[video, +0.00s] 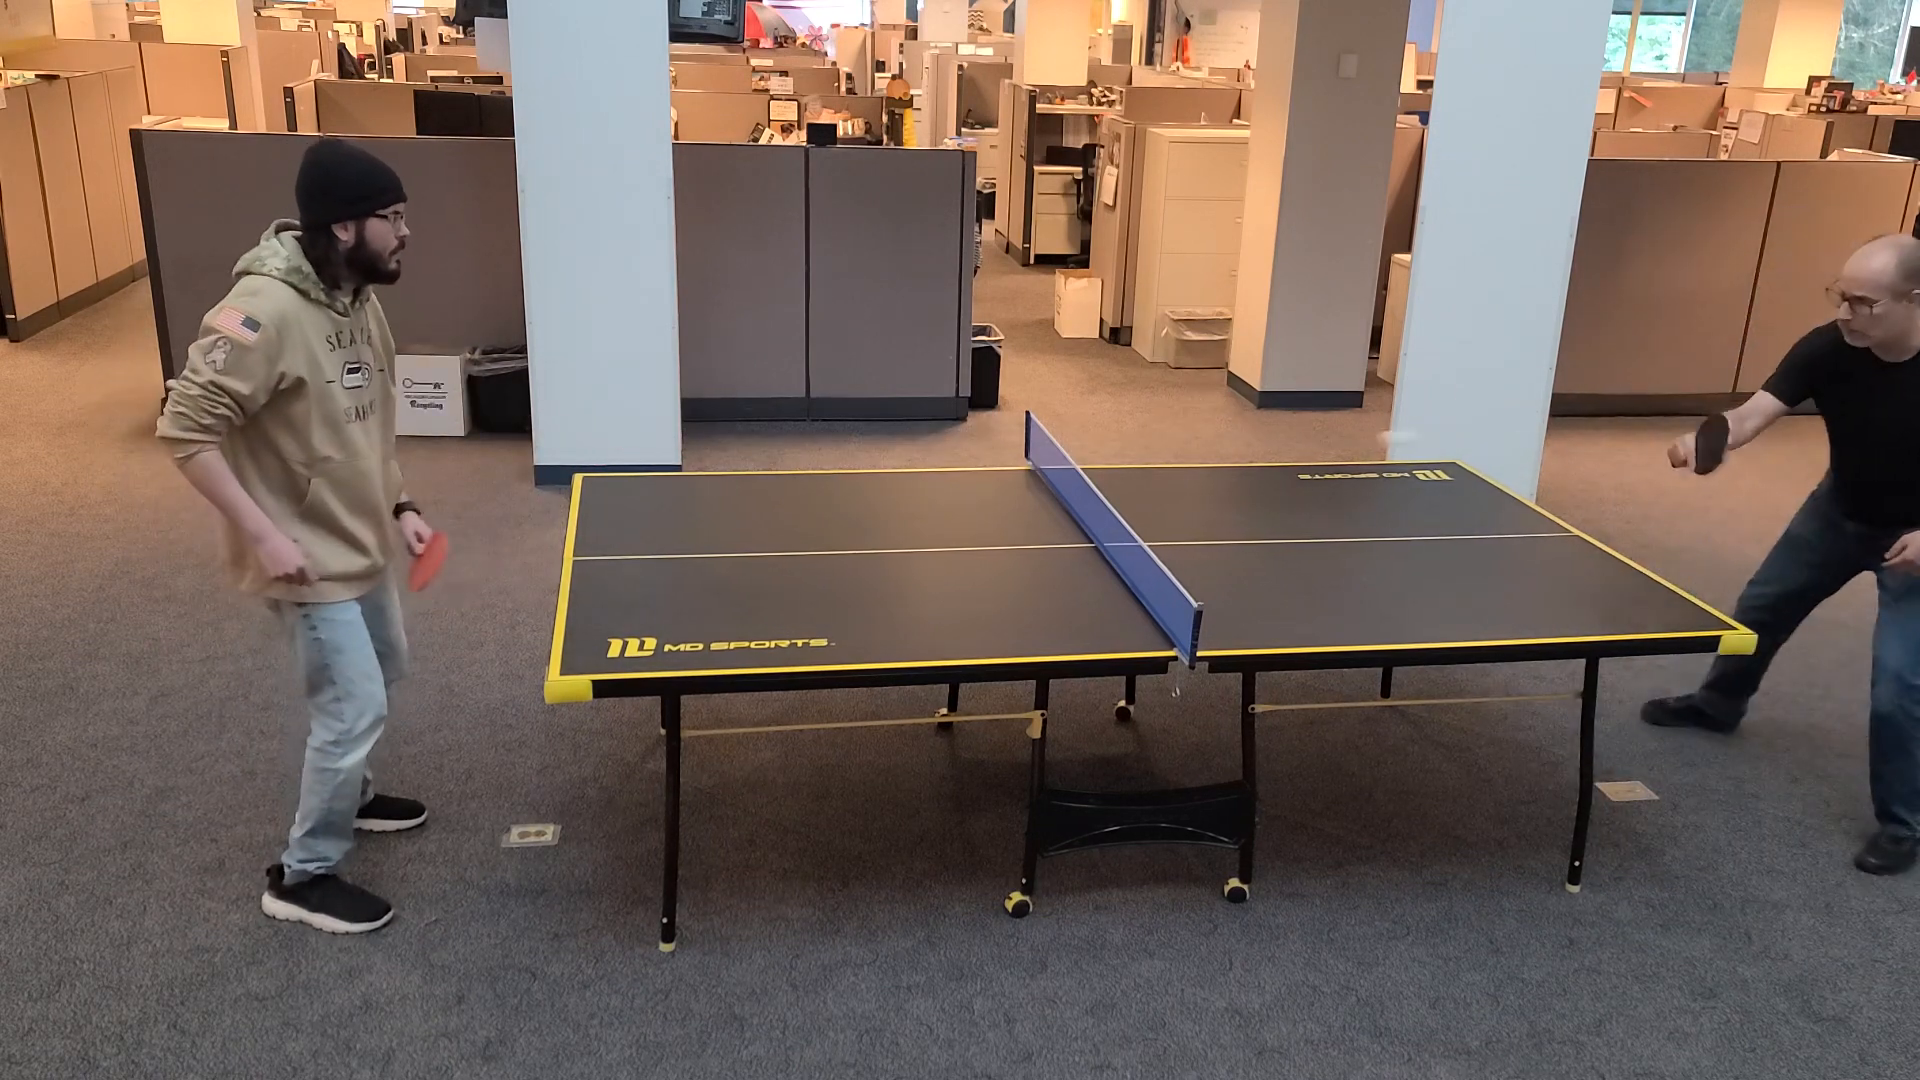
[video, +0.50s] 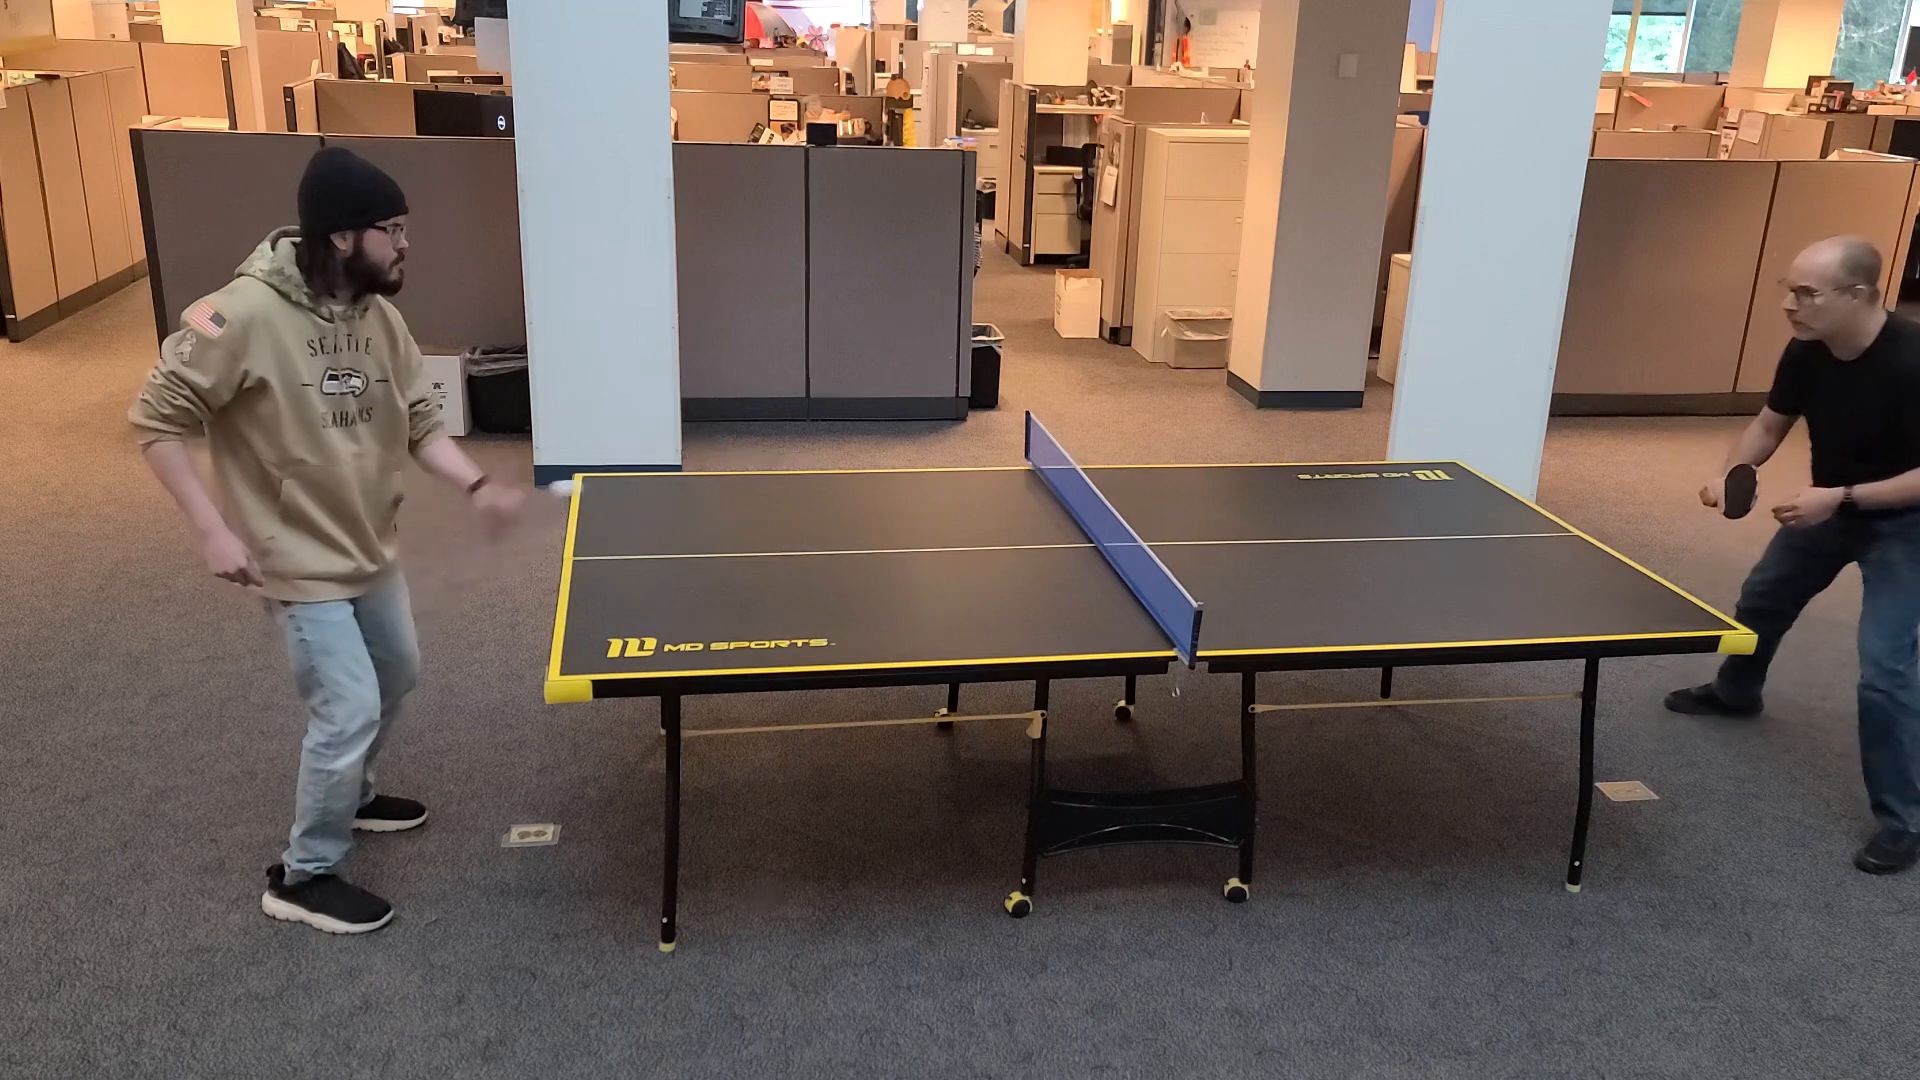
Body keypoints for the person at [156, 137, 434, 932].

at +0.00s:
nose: (405, 230)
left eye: (402, 214)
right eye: (391, 217)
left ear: (349, 228)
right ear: (340, 228)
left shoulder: (358, 298)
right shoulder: (263, 310)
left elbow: (366, 426)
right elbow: (185, 429)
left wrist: (398, 504)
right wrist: (263, 534)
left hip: (364, 542)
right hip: (303, 556)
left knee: (383, 674)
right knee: (352, 709)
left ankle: (343, 800)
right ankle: (302, 873)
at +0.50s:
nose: (403, 244)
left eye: (402, 228)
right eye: (390, 230)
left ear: (359, 236)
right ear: (341, 237)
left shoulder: (381, 318)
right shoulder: (244, 316)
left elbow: (420, 425)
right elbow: (154, 420)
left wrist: (479, 483)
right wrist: (213, 530)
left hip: (369, 546)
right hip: (294, 557)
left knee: (397, 676)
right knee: (350, 709)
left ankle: (348, 797)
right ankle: (305, 872)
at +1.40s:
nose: (395, 228)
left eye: (391, 213)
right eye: (384, 215)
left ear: (340, 223)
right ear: (342, 224)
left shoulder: (319, 289)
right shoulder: (275, 303)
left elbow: (308, 428)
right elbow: (204, 423)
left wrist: (369, 501)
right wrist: (283, 528)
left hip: (340, 533)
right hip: (298, 549)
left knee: (385, 647)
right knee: (361, 703)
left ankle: (343, 796)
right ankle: (281, 874)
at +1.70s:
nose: (333, 266)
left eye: (329, 252)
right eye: (326, 253)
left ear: (242, 254)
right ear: (297, 262)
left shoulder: (192, 326)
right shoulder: (275, 345)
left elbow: (135, 439)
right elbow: (247, 469)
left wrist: (137, 512)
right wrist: (299, 575)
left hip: (233, 577)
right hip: (278, 587)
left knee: (347, 664)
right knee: (290, 776)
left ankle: (340, 793)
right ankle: (149, 965)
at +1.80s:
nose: (300, 276)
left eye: (296, 261)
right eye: (294, 263)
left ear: (212, 264)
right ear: (269, 271)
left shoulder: (178, 347)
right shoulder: (248, 360)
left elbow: (137, 455)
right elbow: (231, 489)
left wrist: (210, 528)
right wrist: (307, 590)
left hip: (219, 589)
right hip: (246, 603)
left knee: (309, 676)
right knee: (271, 797)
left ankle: (333, 797)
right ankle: (138, 981)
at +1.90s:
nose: (279, 273)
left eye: (274, 257)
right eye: (269, 259)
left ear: (201, 266)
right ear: (235, 270)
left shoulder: (169, 346)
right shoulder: (198, 363)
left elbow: (217, 475)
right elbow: (182, 494)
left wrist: (325, 486)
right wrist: (286, 565)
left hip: (212, 591)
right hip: (209, 608)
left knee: (293, 682)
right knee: (265, 800)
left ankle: (304, 809)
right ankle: (136, 985)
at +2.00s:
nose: (266, 264)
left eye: (262, 247)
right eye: (255, 248)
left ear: (200, 257)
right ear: (213, 257)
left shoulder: (202, 347)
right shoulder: (153, 355)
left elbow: (274, 467)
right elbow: (128, 496)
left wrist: (393, 471)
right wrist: (250, 544)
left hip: (231, 589)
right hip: (194, 610)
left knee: (278, 686)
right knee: (245, 796)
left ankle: (267, 818)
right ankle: (131, 985)